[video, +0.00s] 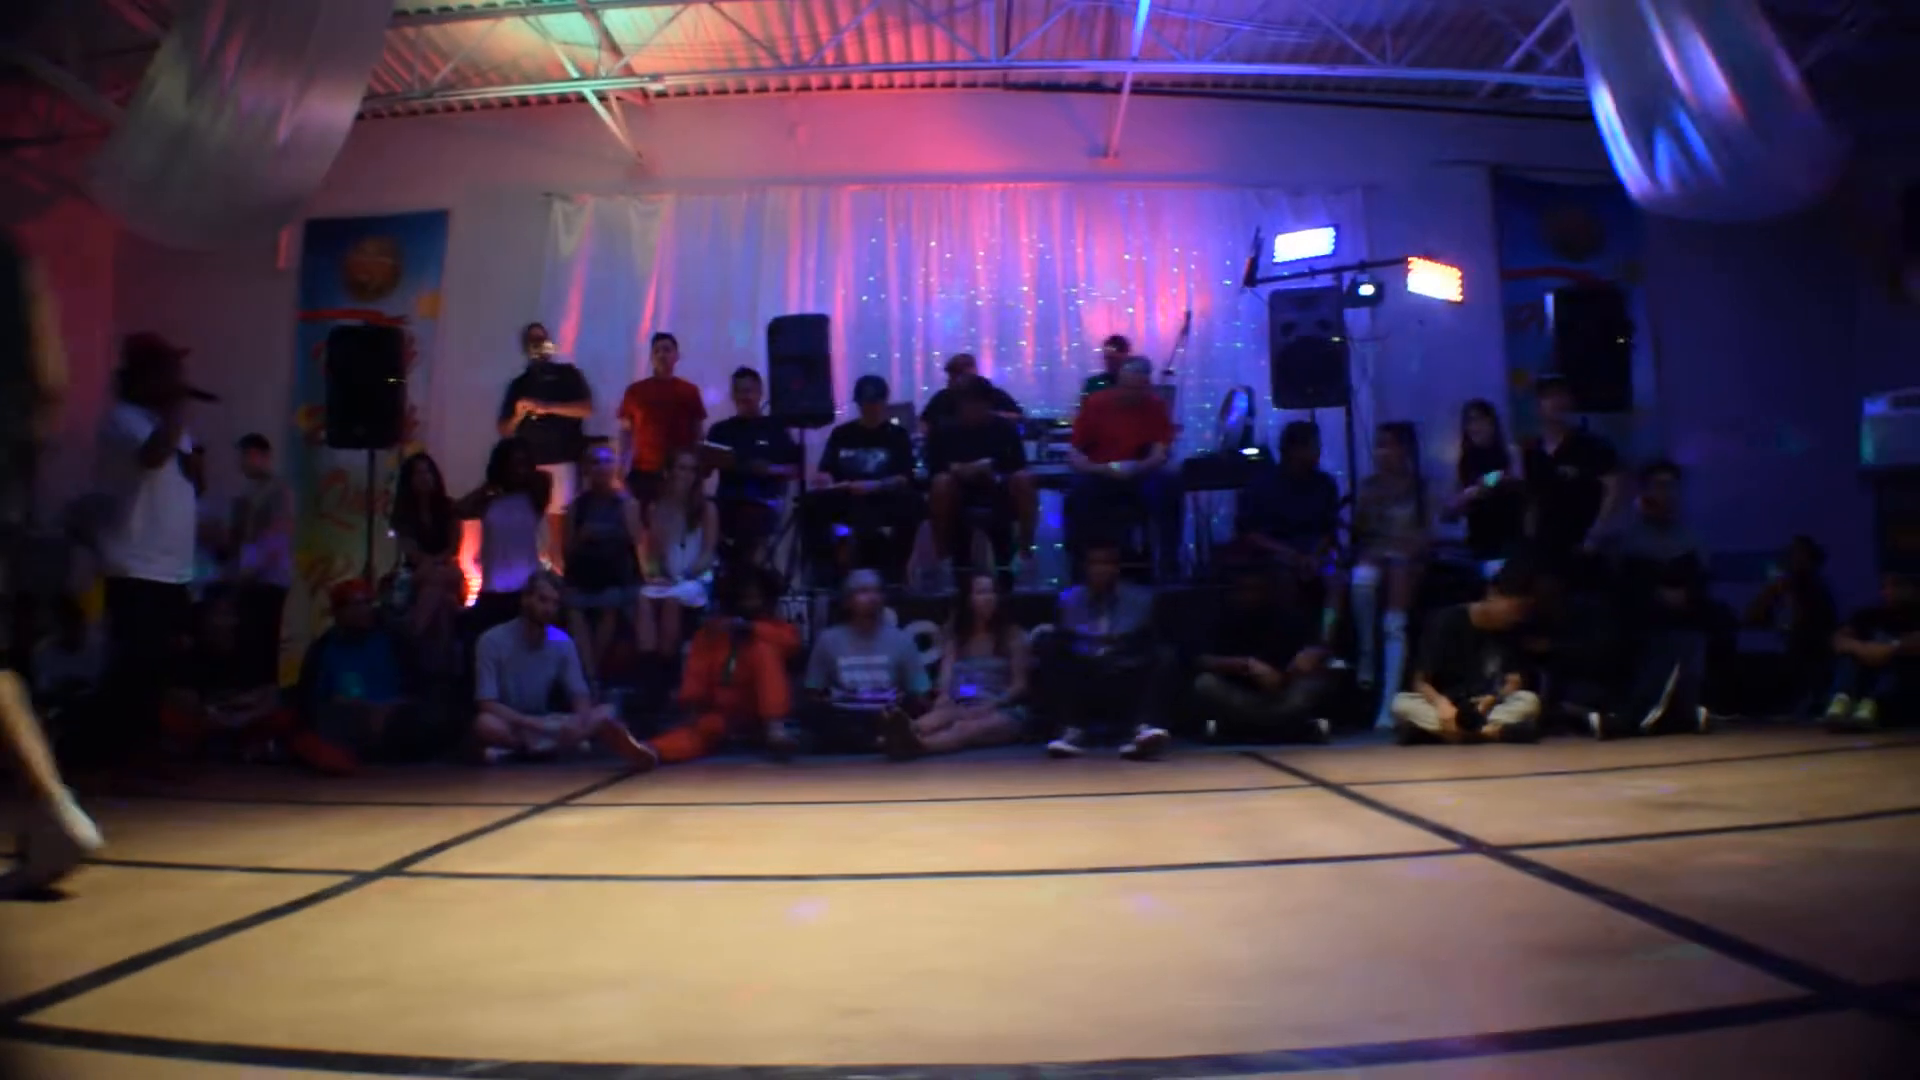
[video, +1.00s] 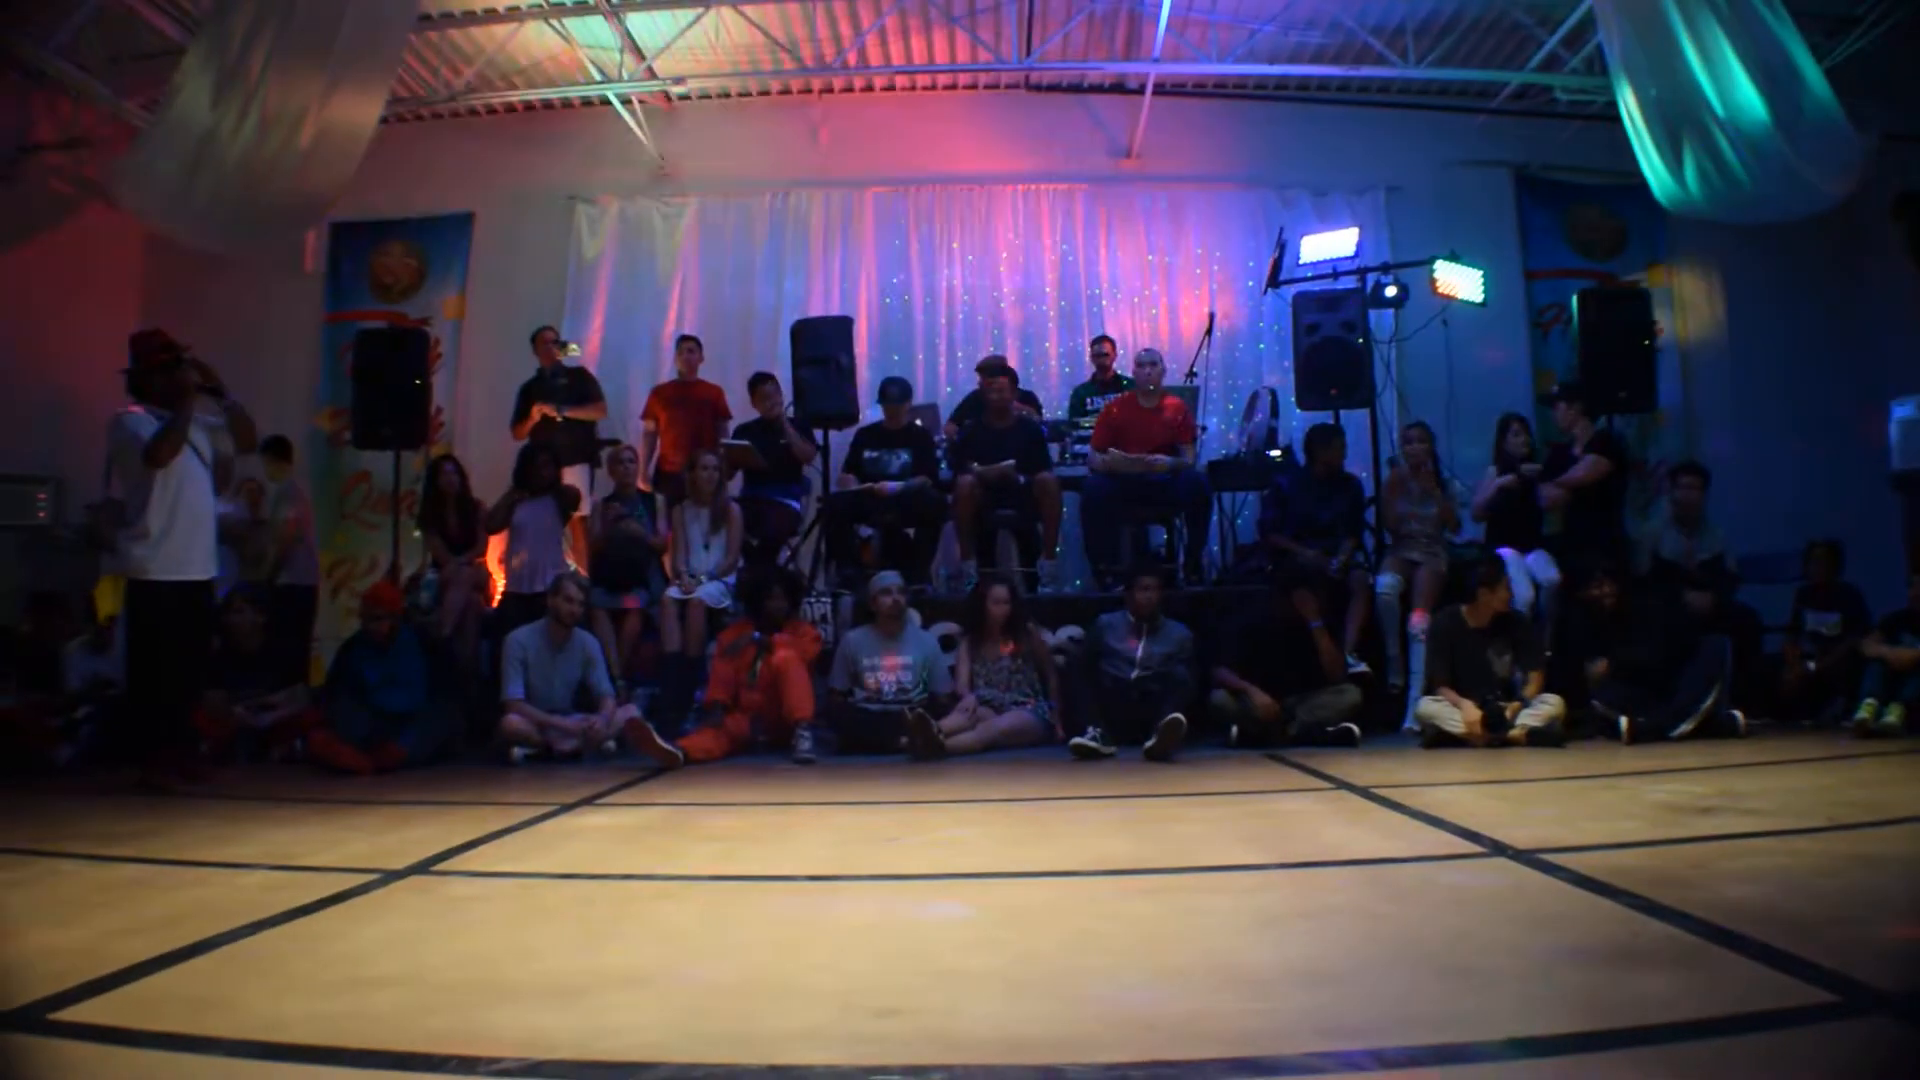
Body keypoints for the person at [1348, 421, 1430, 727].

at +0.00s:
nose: (1382, 454)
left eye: (1388, 447)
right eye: (1379, 447)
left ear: (1405, 451)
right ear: (1374, 451)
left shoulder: (1418, 487)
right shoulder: (1367, 487)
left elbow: (1428, 531)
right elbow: (1359, 529)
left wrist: (1408, 546)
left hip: (1405, 552)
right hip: (1373, 551)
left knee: (1394, 623)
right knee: (1362, 580)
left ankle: (1390, 705)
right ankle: (1365, 658)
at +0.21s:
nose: (1390, 452)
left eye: (1396, 445)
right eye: (1384, 446)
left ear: (1406, 451)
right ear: (1376, 453)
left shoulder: (1421, 490)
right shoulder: (1366, 489)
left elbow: (1427, 535)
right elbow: (1360, 534)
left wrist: (1410, 556)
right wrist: (1378, 515)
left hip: (1404, 557)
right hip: (1372, 556)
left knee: (1392, 627)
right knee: (1359, 583)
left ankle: (1388, 707)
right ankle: (1364, 657)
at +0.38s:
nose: (1396, 450)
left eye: (1400, 443)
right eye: (1389, 444)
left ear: (1409, 449)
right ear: (1380, 450)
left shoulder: (1420, 488)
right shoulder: (1367, 489)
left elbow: (1427, 532)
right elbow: (1355, 529)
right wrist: (1371, 534)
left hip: (1405, 553)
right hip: (1372, 552)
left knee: (1393, 627)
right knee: (1360, 584)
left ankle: (1389, 708)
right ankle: (1365, 660)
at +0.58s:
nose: (1395, 451)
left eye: (1400, 445)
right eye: (1388, 445)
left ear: (1408, 450)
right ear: (1380, 452)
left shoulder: (1419, 491)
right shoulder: (1367, 491)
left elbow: (1425, 534)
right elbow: (1357, 530)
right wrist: (1371, 536)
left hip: (1406, 555)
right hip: (1373, 555)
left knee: (1394, 625)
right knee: (1364, 592)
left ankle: (1390, 707)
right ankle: (1368, 668)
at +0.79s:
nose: (1414, 452)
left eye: (1420, 446)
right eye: (1408, 446)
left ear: (1431, 451)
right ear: (1401, 452)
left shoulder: (1445, 489)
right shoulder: (1392, 490)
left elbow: (1451, 533)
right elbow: (1383, 532)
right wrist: (1396, 519)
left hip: (1430, 551)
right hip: (1398, 551)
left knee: (1419, 627)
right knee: (1386, 590)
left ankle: (1414, 709)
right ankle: (1393, 667)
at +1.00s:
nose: (1414, 448)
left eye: (1421, 442)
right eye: (1408, 442)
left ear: (1431, 447)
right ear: (1401, 448)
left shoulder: (1443, 482)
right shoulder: (1395, 480)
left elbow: (1453, 524)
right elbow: (1389, 523)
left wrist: (1433, 487)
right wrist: (1394, 486)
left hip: (1432, 549)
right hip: (1401, 547)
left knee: (1419, 623)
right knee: (1385, 590)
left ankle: (1416, 702)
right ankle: (1394, 668)